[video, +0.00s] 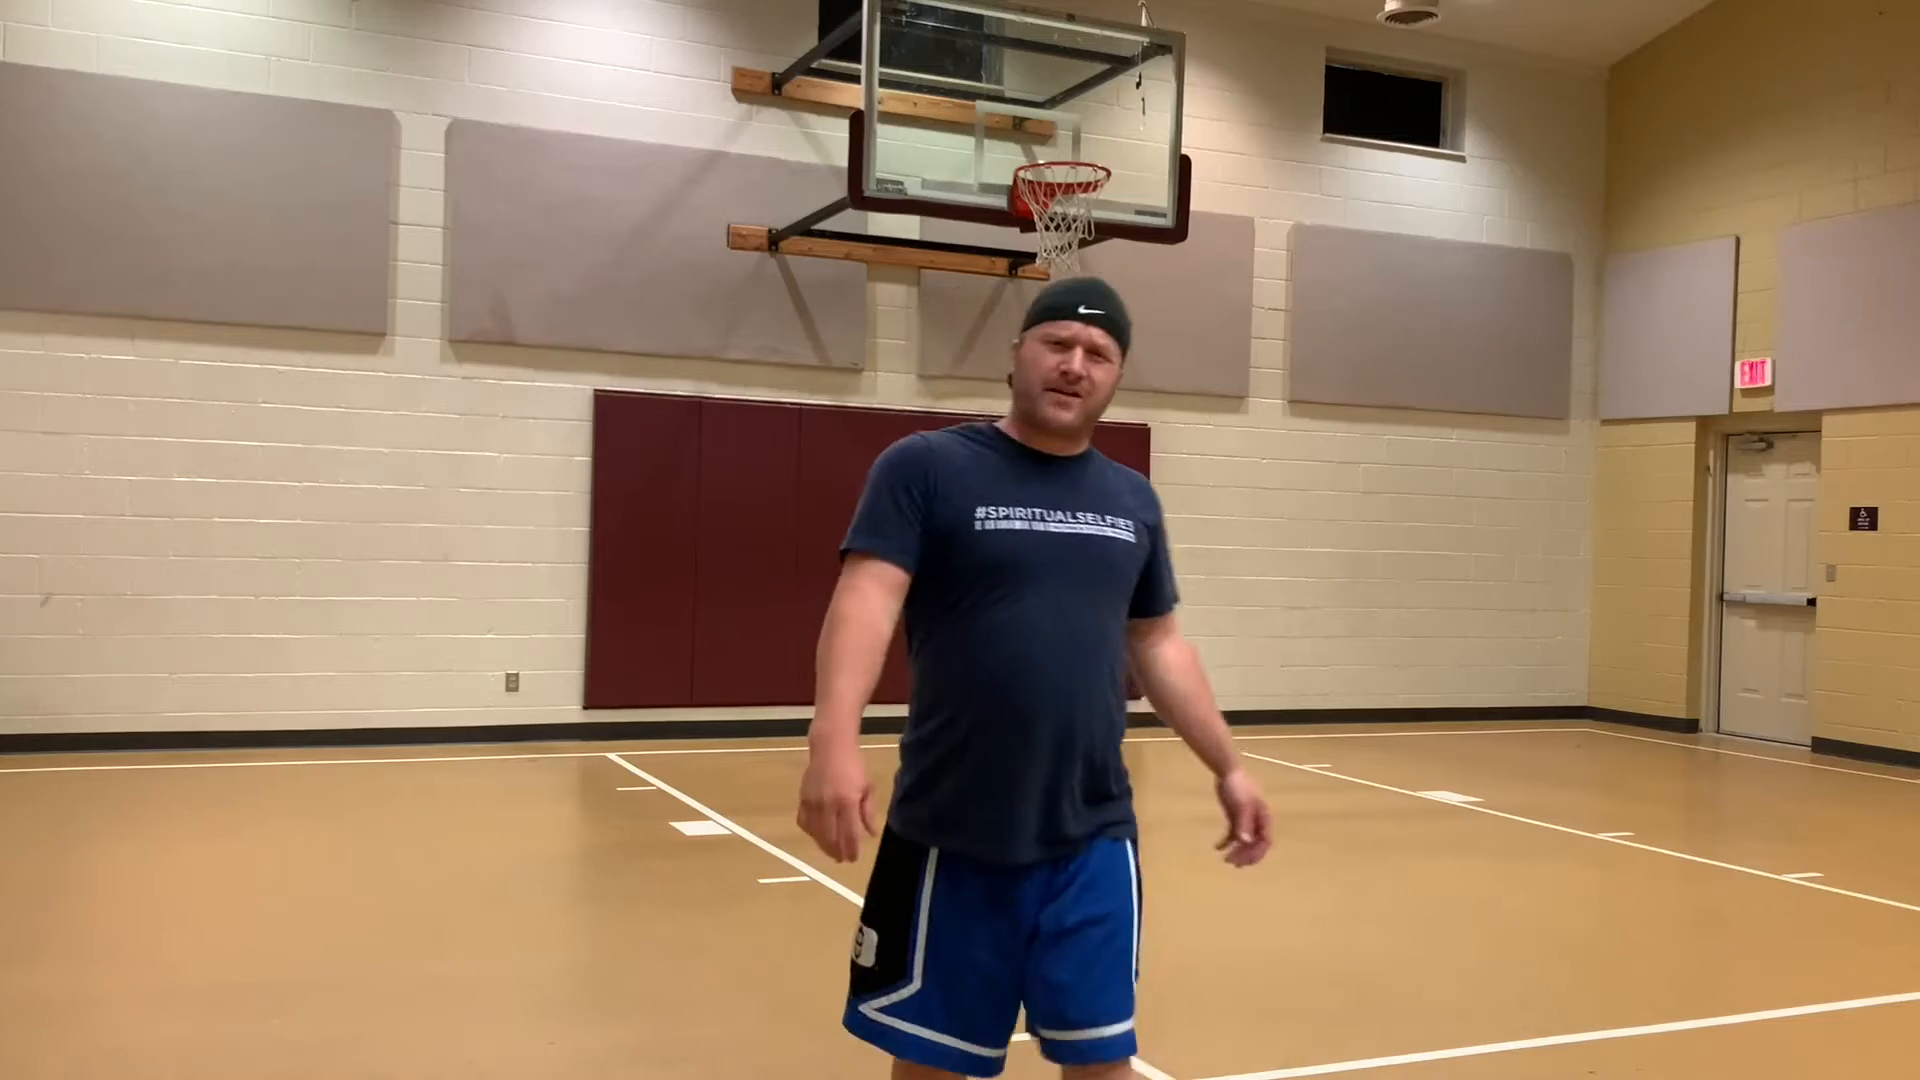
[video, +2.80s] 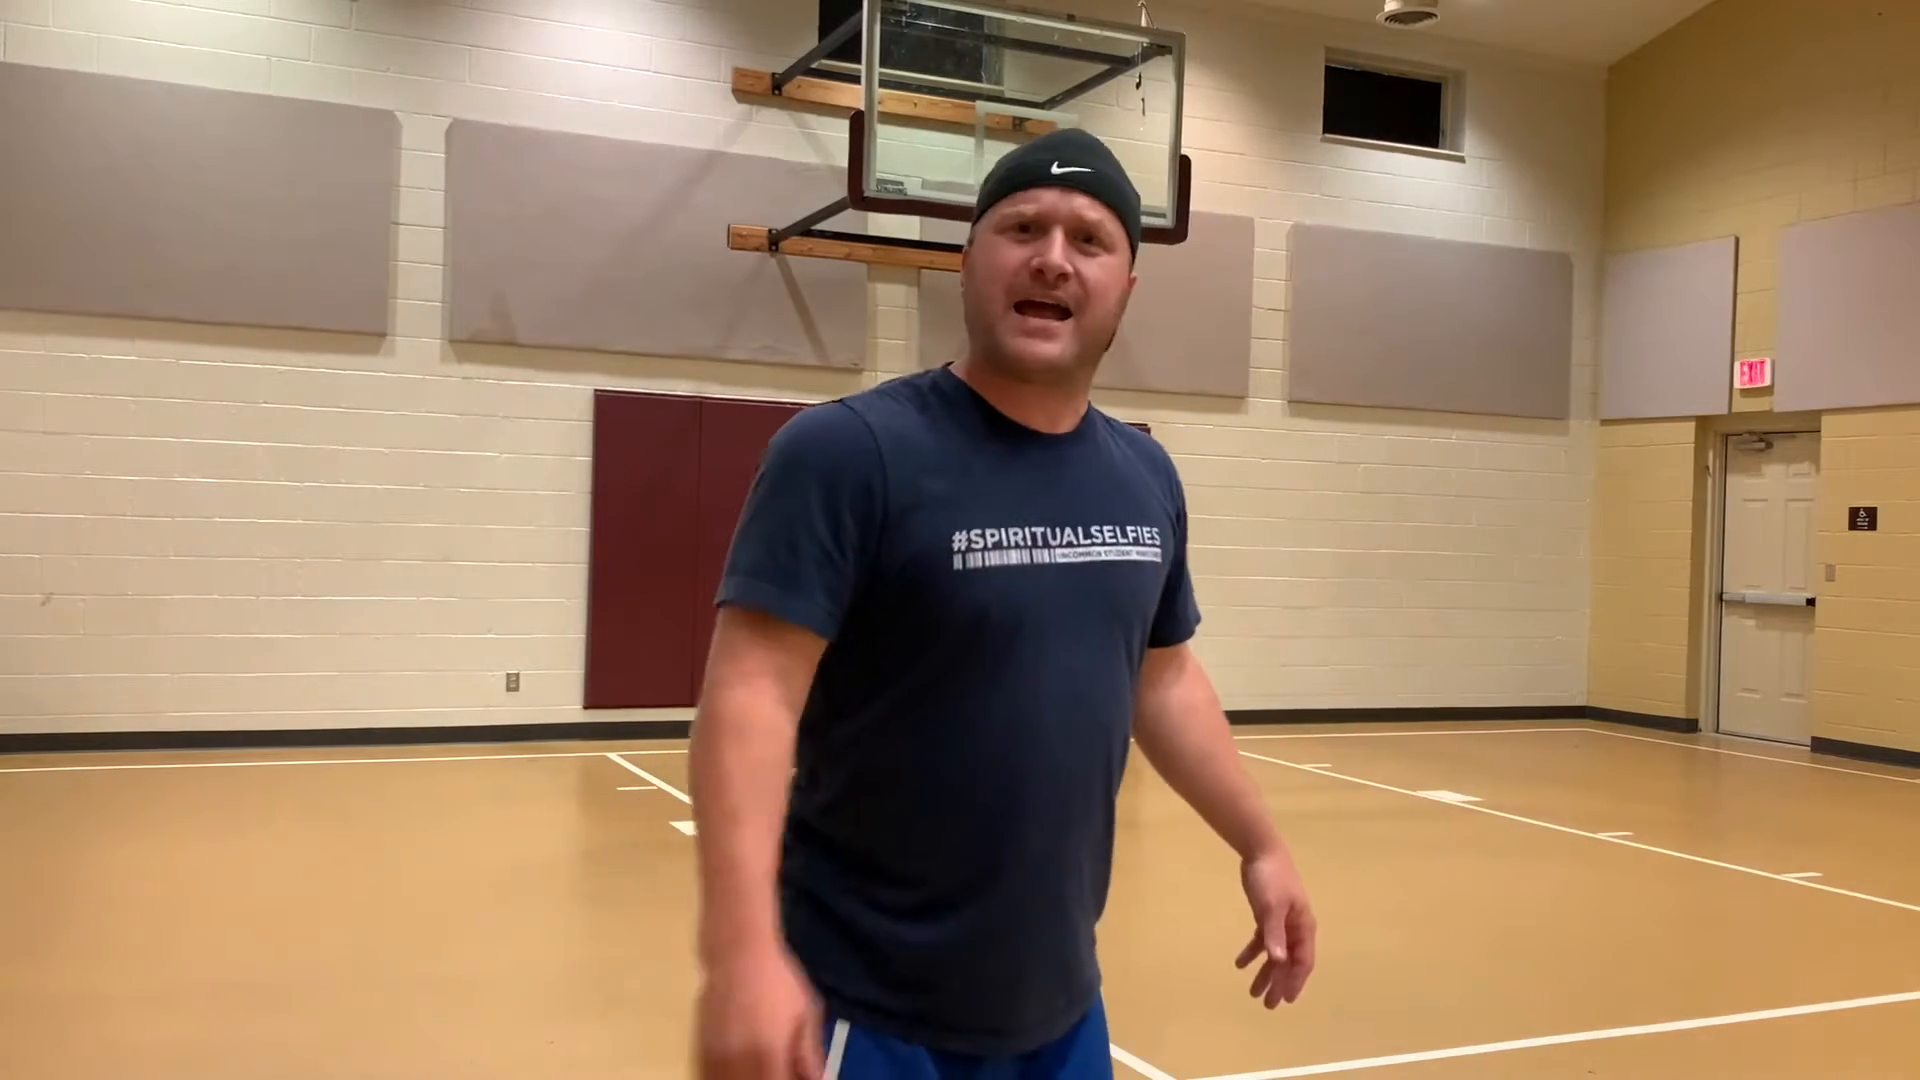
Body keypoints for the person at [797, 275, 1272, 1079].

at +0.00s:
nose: (1074, 366)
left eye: (1095, 354)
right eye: (1058, 345)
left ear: (1117, 378)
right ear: (1017, 354)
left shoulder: (1133, 501)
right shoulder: (926, 469)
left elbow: (1158, 640)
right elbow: (866, 601)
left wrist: (1230, 764)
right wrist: (833, 747)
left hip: (1090, 832)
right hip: (955, 828)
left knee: (1102, 1057)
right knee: (934, 1060)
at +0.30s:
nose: (1170, 348)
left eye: (1196, 336)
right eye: (1151, 324)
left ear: (1218, 366)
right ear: (1108, 336)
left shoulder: (1235, 498)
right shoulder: (1000, 451)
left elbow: (1276, 663)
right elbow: (932, 593)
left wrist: (1330, 816)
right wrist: (881, 750)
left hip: (1162, 844)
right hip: (1014, 837)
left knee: (1172, 1071)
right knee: (993, 1069)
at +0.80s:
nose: (1143, 327)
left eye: (1165, 303)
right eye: (1115, 308)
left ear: (1200, 320)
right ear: (1074, 332)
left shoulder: (1271, 477)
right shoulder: (999, 467)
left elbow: (1345, 638)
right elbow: (941, 621)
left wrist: (1456, 768)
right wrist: (891, 764)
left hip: (1214, 898)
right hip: (1040, 897)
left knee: (1243, 1073)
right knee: (1017, 1075)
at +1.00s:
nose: (1093, 305)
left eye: (1117, 283)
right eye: (1063, 286)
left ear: (1155, 305)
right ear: (1024, 315)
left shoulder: (1237, 461)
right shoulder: (953, 472)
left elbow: (1332, 621)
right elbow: (889, 649)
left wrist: (1463, 753)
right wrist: (823, 819)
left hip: (1207, 916)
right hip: (1026, 920)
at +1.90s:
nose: (1164, 260)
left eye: (1197, 242)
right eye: (1132, 232)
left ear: (1233, 293)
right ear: (1068, 270)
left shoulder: (1255, 490)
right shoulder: (936, 450)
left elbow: (1308, 691)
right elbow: (823, 666)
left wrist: (1449, 843)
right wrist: (710, 902)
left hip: (1165, 1011)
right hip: (950, 1012)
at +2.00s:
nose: (1125, 260)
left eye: (1159, 239)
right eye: (1093, 230)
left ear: (1197, 288)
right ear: (1031, 259)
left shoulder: (1221, 482)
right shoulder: (899, 453)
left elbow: (1257, 682)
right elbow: (794, 689)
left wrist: (1378, 843)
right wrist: (734, 952)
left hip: (1129, 1008)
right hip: (919, 1014)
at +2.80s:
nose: (1054, 261)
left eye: (1090, 241)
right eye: (1023, 229)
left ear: (1128, 288)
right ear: (967, 264)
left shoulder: (1140, 476)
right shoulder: (847, 454)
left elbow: (1165, 677)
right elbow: (751, 692)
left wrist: (1262, 845)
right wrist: (742, 956)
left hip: (1056, 1003)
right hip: (865, 1011)